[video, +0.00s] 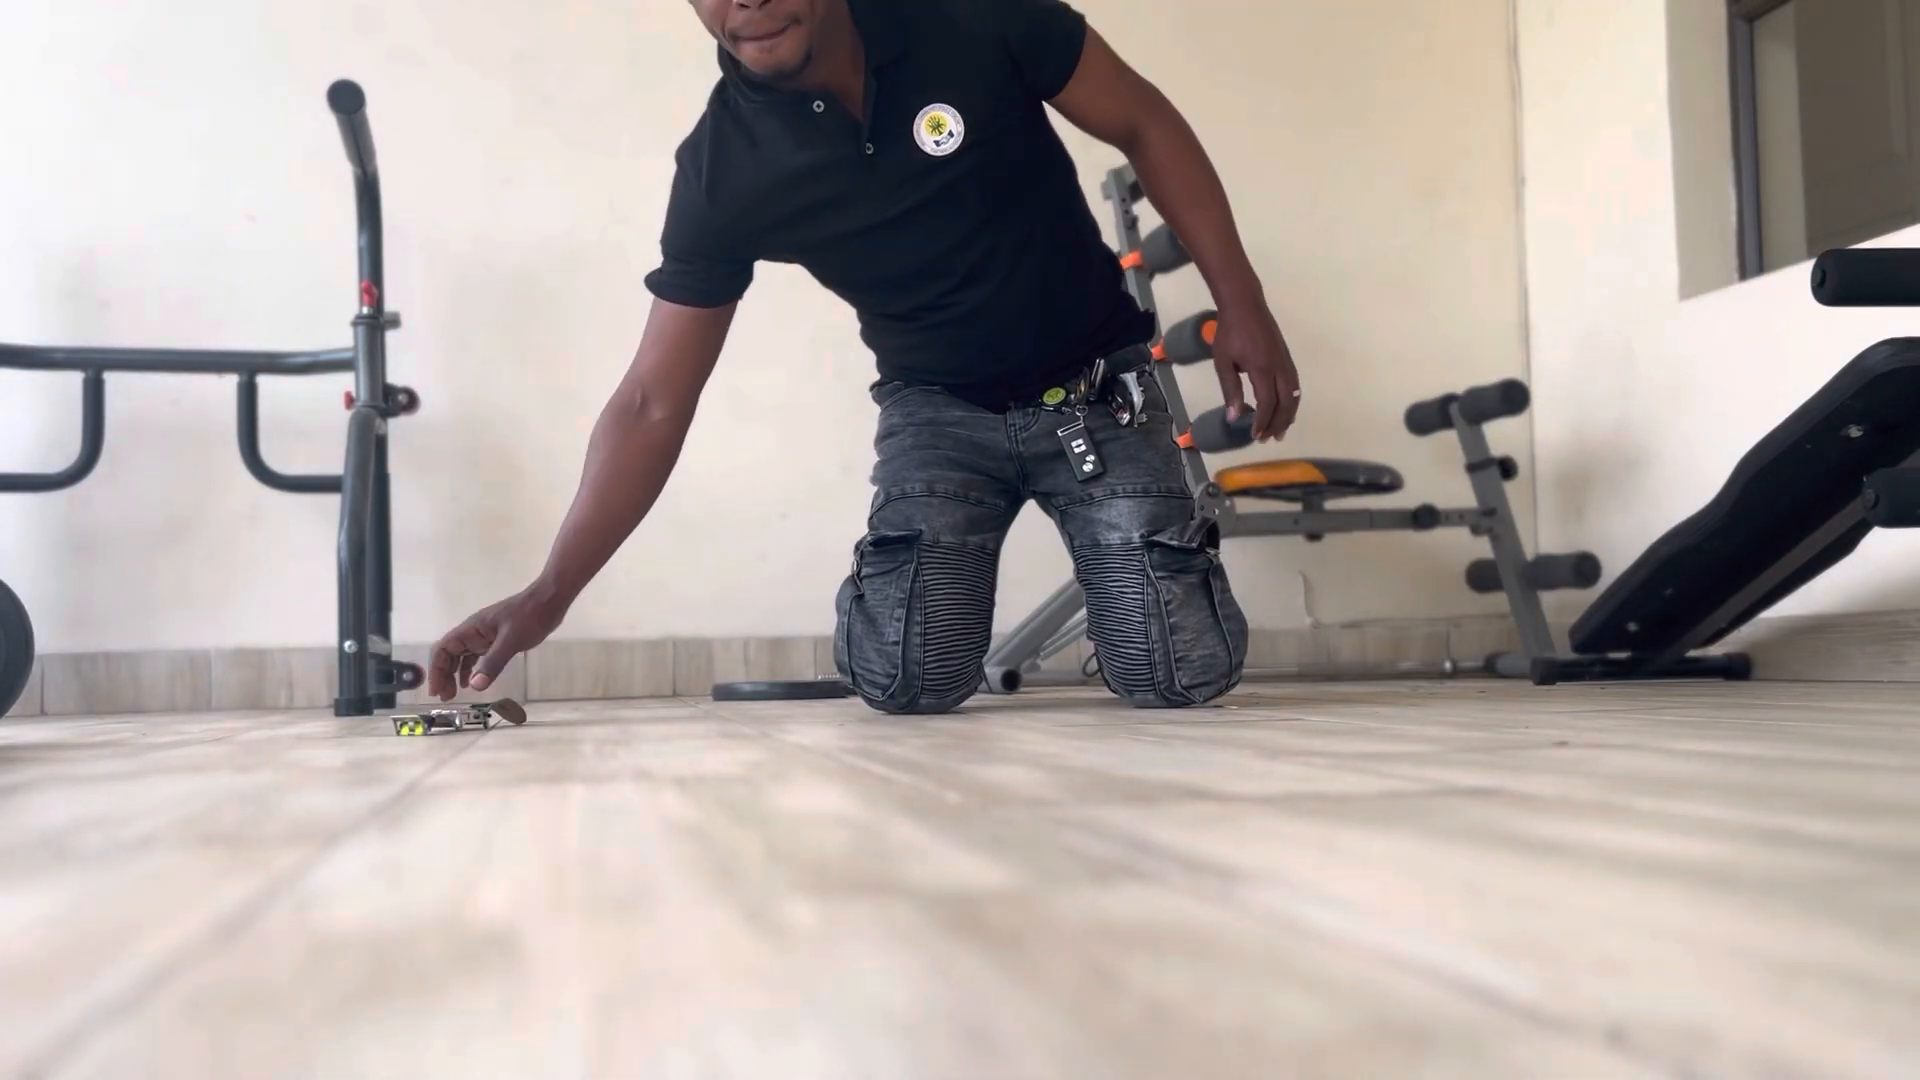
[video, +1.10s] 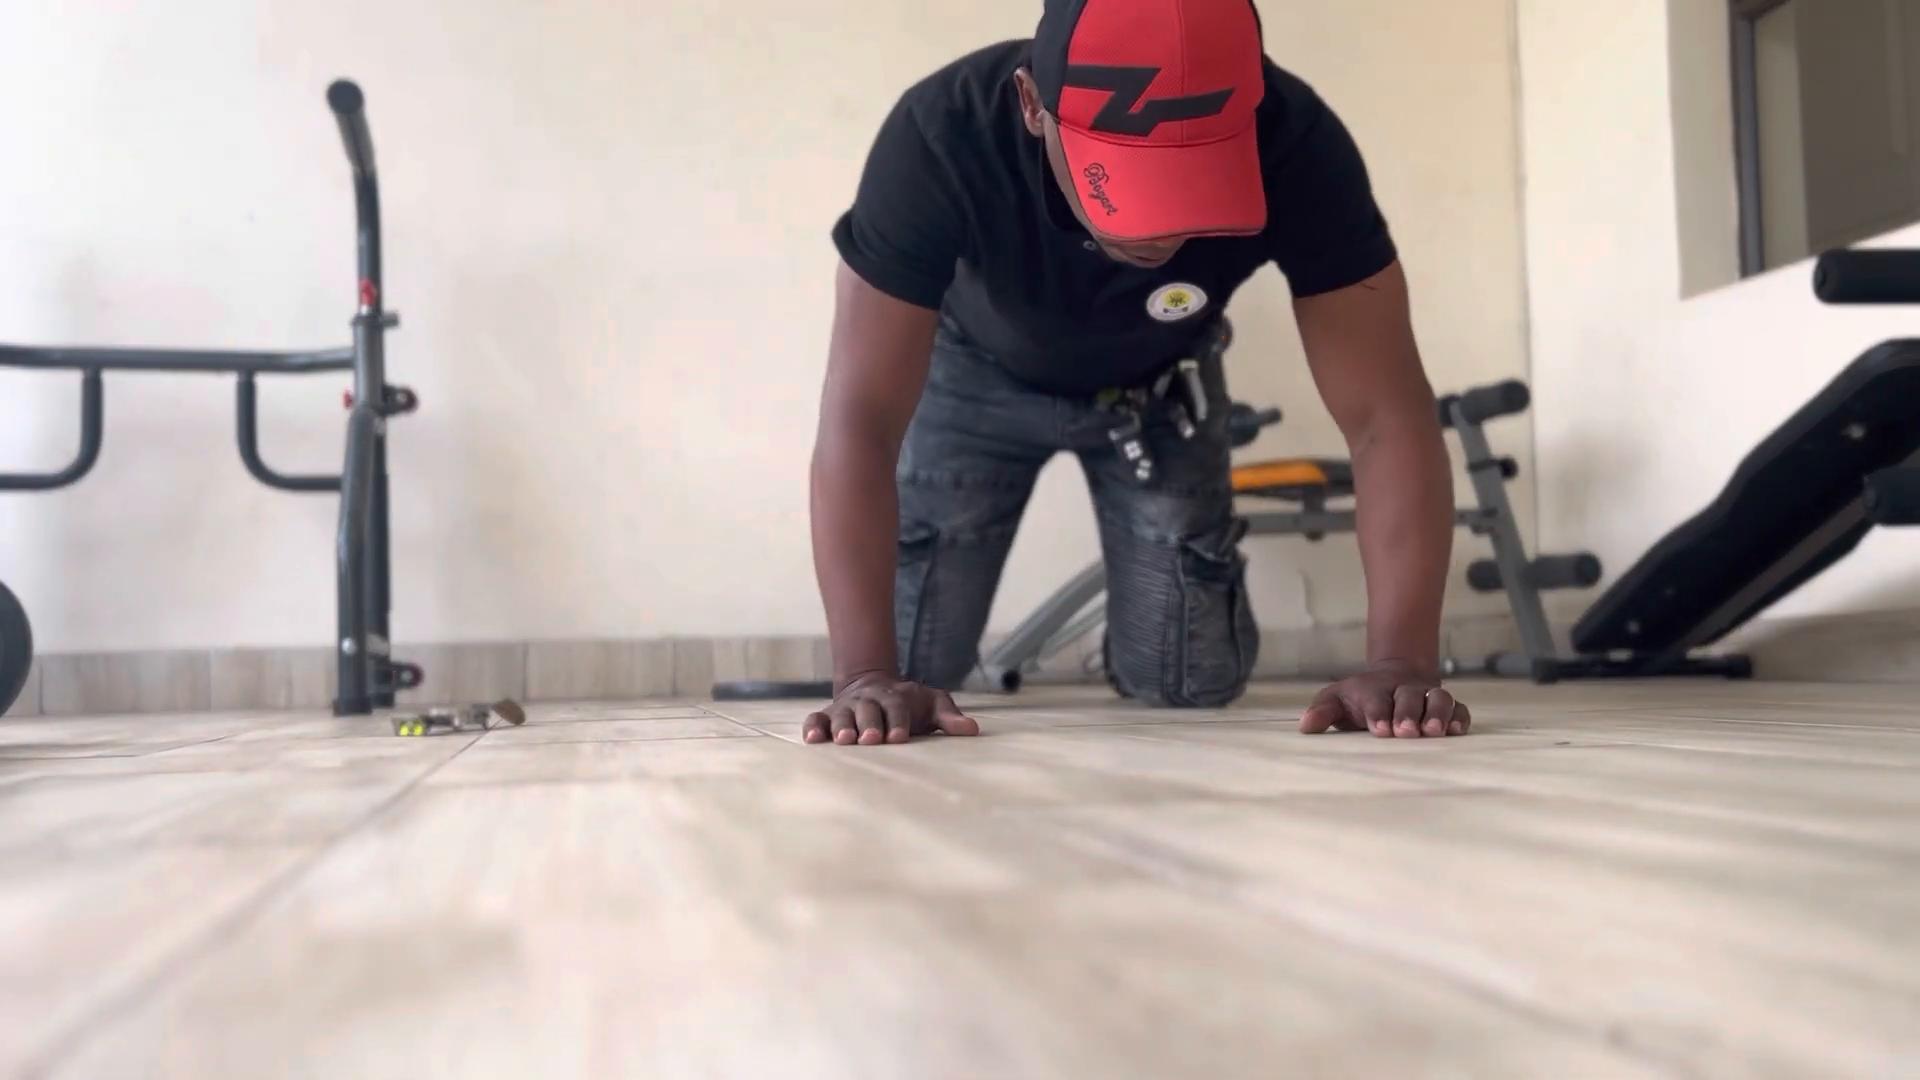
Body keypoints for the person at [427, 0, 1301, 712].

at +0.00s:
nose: (743, 18)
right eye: (716, 4)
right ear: (697, 11)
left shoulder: (975, 22)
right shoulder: (726, 166)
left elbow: (1144, 122)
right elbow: (646, 409)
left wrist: (1244, 313)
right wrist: (546, 595)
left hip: (1101, 381)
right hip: (936, 408)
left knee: (1185, 670)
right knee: (904, 673)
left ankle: (1122, 608)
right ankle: (953, 631)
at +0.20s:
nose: (810, 1)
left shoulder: (1010, 21)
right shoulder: (750, 145)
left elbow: (1176, 151)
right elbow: (698, 387)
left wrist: (1255, 344)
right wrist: (647, 583)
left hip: (1099, 390)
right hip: (935, 413)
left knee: (1187, 669)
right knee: (906, 675)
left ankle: (1136, 618)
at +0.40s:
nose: (873, 11)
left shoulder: (1050, 29)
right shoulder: (780, 130)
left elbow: (1213, 192)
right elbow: (738, 374)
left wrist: (1274, 398)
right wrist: (744, 572)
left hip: (1102, 396)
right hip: (935, 414)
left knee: (1177, 670)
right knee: (909, 673)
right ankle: (891, 601)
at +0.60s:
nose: (959, 50)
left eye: (991, 15)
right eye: (926, 16)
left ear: (1035, 2)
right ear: (877, 9)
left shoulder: (1118, 60)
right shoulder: (831, 132)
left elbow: (1259, 264)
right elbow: (810, 377)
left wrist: (1297, 474)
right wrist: (838, 584)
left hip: (1109, 402)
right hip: (939, 414)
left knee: (1182, 675)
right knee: (912, 686)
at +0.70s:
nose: (989, 81)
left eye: (1023, 40)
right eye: (952, 44)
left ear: (1065, 20)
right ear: (894, 23)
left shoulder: (1144, 82)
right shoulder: (847, 151)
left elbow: (1276, 292)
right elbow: (833, 401)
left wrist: (1310, 508)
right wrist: (859, 637)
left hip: (1111, 399)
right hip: (935, 412)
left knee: (1181, 673)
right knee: (916, 689)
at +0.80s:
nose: (1045, 183)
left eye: (1077, 151)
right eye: (1012, 151)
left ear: (1119, 90)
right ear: (938, 84)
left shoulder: (1194, 129)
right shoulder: (873, 161)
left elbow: (1334, 361)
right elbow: (849, 424)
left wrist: (1364, 594)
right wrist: (866, 672)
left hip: (1114, 400)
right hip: (943, 408)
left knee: (1177, 676)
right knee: (916, 680)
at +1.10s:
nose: (1154, 235)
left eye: (1183, 202)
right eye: (1120, 203)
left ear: (1238, 119)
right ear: (1035, 110)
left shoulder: (1295, 146)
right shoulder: (940, 140)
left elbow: (1388, 414)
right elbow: (858, 420)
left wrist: (1400, 661)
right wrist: (866, 674)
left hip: (1163, 379)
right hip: (975, 376)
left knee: (1183, 680)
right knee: (907, 676)